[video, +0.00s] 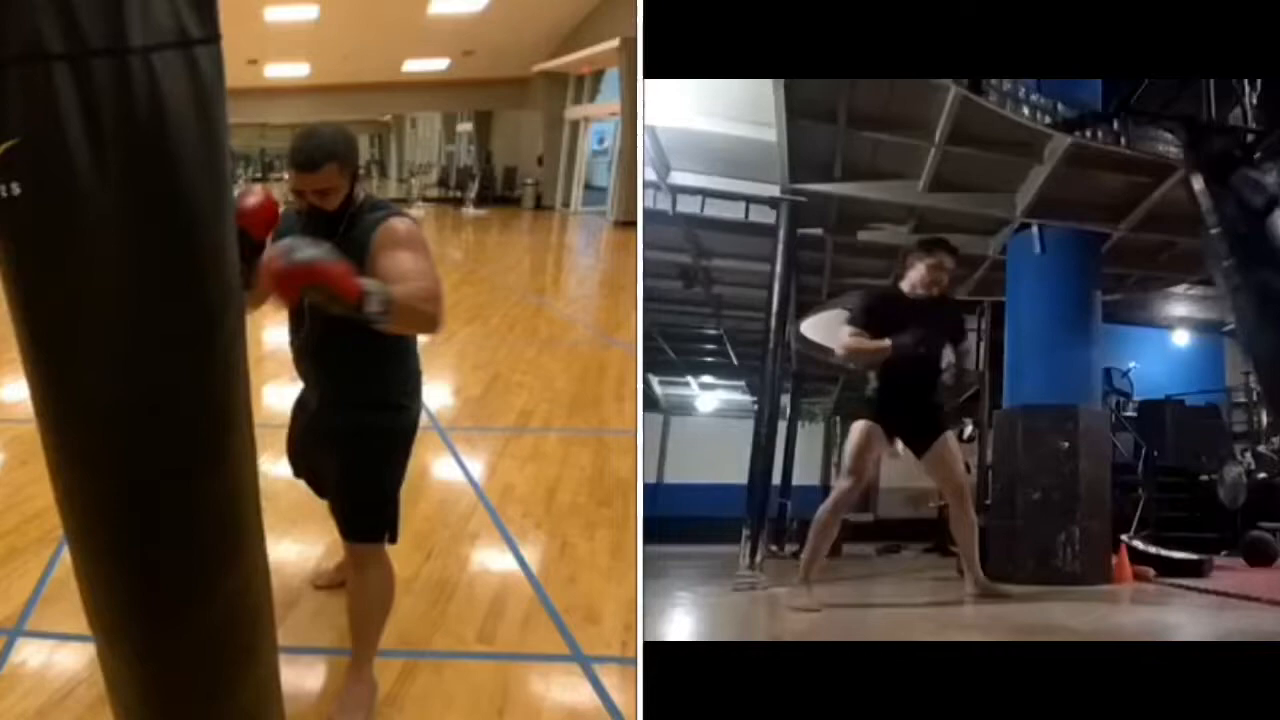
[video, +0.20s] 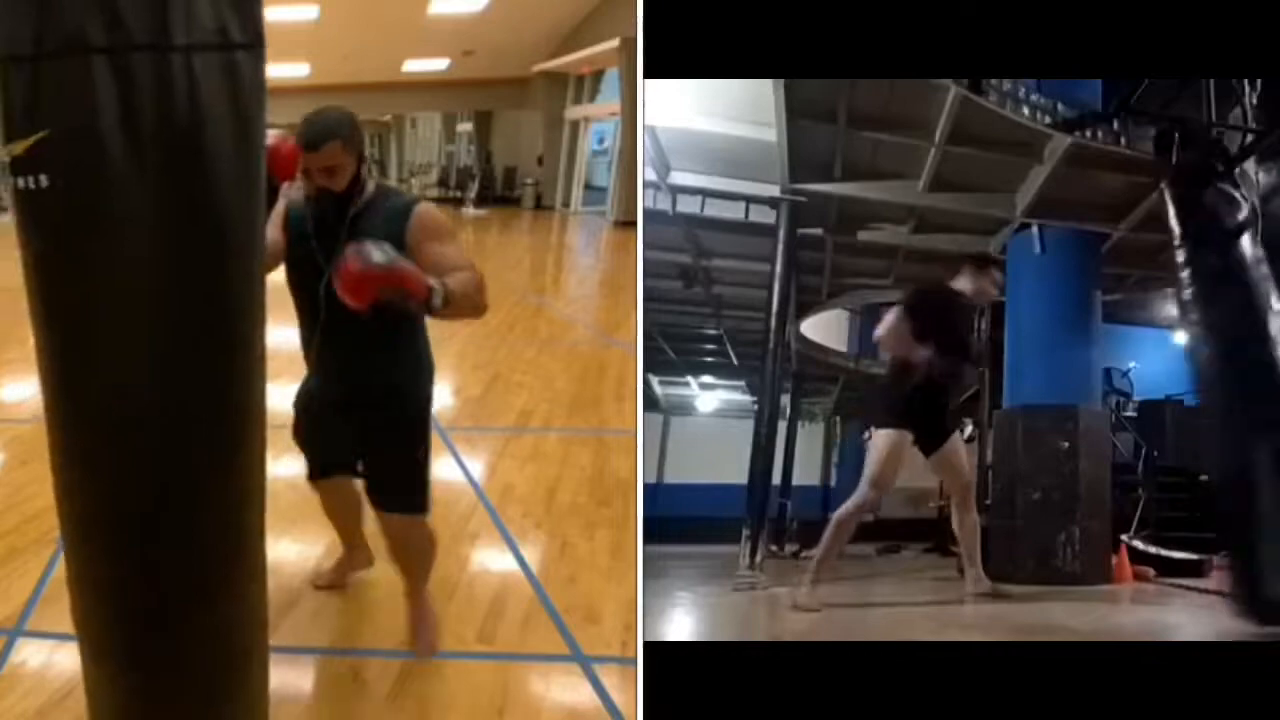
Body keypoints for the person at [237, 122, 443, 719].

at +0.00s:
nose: (313, 204)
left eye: (326, 193)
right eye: (303, 193)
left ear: (352, 179)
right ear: (291, 182)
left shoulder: (389, 229)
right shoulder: (293, 227)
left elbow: (426, 311)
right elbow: (252, 298)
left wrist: (351, 289)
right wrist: (251, 243)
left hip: (378, 408)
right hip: (321, 396)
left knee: (365, 544)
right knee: (330, 481)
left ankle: (361, 674)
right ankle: (356, 557)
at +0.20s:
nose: (320, 183)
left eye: (331, 172)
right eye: (312, 172)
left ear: (358, 160)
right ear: (300, 166)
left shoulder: (409, 218)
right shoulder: (294, 214)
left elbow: (474, 297)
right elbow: (252, 265)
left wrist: (421, 289)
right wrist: (265, 186)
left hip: (396, 387)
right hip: (328, 381)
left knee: (399, 514)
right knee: (324, 468)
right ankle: (355, 550)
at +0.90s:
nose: (251, 209)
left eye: (262, 198)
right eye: (241, 202)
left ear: (286, 197)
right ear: (231, 207)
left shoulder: (309, 235)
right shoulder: (250, 272)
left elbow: (379, 284)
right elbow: (184, 268)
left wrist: (459, 342)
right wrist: (181, 188)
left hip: (335, 379)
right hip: (363, 433)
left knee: (215, 391)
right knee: (297, 561)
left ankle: (124, 421)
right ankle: (264, 703)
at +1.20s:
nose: (306, 170)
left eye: (323, 157)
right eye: (297, 156)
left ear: (354, 157)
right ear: (287, 155)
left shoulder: (391, 233)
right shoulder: (269, 245)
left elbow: (449, 324)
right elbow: (227, 328)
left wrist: (401, 302)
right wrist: (189, 316)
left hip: (386, 438)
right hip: (305, 440)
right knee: (290, 570)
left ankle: (464, 710)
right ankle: (267, 706)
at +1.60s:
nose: (396, 181)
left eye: (413, 167)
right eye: (388, 166)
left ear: (460, 161)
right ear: (380, 161)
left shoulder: (515, 247)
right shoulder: (388, 229)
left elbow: (531, 372)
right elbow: (360, 323)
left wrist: (442, 343)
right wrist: (323, 298)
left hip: (471, 445)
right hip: (385, 426)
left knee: (471, 579)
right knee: (342, 504)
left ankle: (472, 695)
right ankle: (351, 619)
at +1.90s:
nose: (408, 186)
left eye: (422, 173)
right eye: (399, 172)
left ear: (463, 165)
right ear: (390, 166)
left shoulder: (509, 231)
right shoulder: (395, 224)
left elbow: (494, 329)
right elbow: (325, 300)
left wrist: (425, 257)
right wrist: (320, 252)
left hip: (467, 431)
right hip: (401, 418)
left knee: (454, 581)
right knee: (422, 521)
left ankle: (474, 692)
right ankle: (439, 603)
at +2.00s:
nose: (398, 195)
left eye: (413, 182)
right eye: (390, 180)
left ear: (452, 175)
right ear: (383, 173)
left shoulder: (498, 239)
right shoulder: (389, 228)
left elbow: (494, 343)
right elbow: (325, 302)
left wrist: (421, 282)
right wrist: (315, 252)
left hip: (456, 430)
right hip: (398, 415)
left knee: (420, 572)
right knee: (419, 514)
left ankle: (451, 692)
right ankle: (427, 603)